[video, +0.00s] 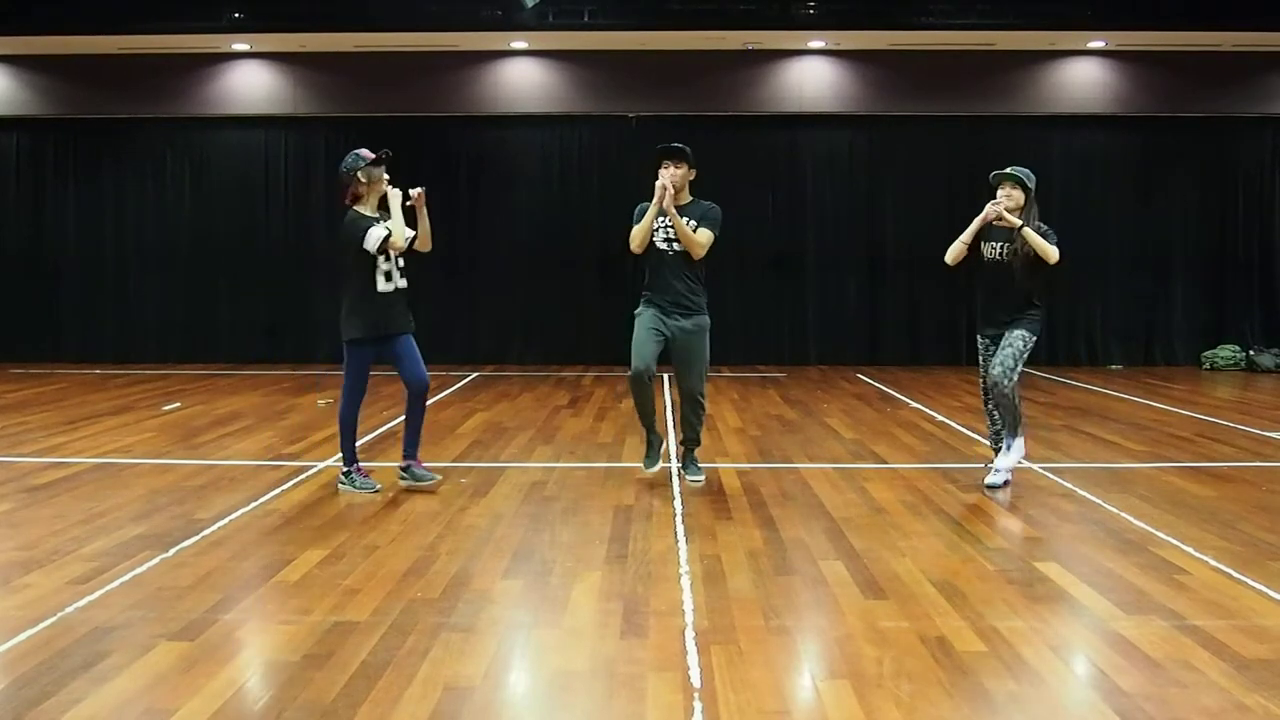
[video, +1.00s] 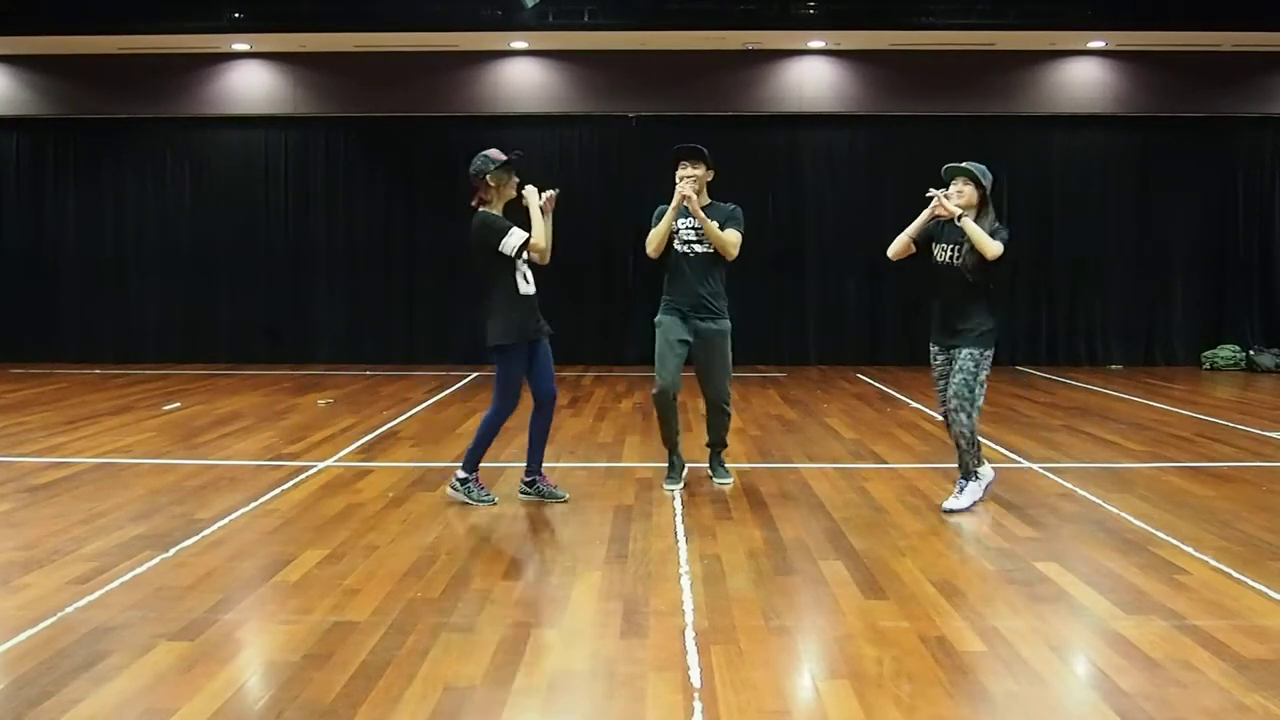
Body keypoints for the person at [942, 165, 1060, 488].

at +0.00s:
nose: (1004, 193)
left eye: (1013, 189)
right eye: (1001, 188)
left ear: (1027, 196)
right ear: (995, 194)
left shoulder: (1037, 230)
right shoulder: (983, 229)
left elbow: (1052, 256)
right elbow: (951, 258)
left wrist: (1019, 225)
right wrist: (979, 222)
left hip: (1024, 319)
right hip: (988, 320)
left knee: (999, 379)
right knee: (990, 390)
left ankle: (1013, 440)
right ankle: (1001, 459)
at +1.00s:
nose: (955, 190)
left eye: (964, 185)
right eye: (953, 185)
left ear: (981, 194)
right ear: (947, 192)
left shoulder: (994, 229)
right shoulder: (938, 226)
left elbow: (992, 252)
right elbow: (895, 253)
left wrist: (959, 217)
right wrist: (926, 215)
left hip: (976, 333)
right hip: (941, 332)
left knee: (959, 404)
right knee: (948, 409)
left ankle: (968, 479)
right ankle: (979, 467)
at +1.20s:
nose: (935, 192)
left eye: (944, 187)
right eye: (933, 187)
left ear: (961, 193)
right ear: (930, 194)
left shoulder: (977, 232)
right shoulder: (923, 233)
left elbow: (970, 262)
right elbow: (880, 261)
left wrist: (933, 227)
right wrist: (904, 223)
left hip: (965, 338)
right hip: (928, 330)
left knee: (957, 419)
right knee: (905, 381)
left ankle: (966, 485)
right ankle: (939, 422)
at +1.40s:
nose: (921, 176)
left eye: (930, 173)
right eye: (920, 172)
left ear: (948, 184)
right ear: (916, 185)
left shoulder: (959, 222)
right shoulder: (906, 220)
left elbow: (944, 242)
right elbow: (855, 246)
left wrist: (914, 205)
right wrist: (884, 209)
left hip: (949, 331)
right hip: (910, 327)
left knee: (953, 406)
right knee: (892, 393)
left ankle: (963, 480)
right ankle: (911, 469)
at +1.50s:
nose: (909, 190)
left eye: (918, 185)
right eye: (908, 184)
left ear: (938, 192)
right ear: (906, 193)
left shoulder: (952, 233)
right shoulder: (897, 231)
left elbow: (931, 261)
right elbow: (850, 260)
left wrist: (902, 220)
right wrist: (877, 220)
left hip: (934, 339)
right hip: (897, 338)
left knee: (919, 415)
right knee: (896, 419)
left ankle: (953, 470)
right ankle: (914, 492)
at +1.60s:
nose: (901, 197)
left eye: (910, 191)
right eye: (898, 191)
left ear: (928, 197)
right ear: (894, 198)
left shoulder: (944, 240)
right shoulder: (888, 237)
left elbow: (931, 271)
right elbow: (842, 267)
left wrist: (898, 231)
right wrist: (868, 228)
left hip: (922, 342)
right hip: (886, 341)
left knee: (884, 403)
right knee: (888, 423)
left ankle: (929, 444)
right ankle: (915, 494)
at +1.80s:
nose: (889, 171)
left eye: (898, 168)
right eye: (886, 166)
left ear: (913, 181)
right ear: (877, 175)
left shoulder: (918, 215)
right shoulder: (864, 214)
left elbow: (928, 240)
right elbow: (813, 240)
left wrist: (891, 203)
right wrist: (847, 202)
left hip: (905, 322)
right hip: (872, 322)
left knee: (857, 382)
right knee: (893, 406)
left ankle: (884, 458)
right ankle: (914, 486)